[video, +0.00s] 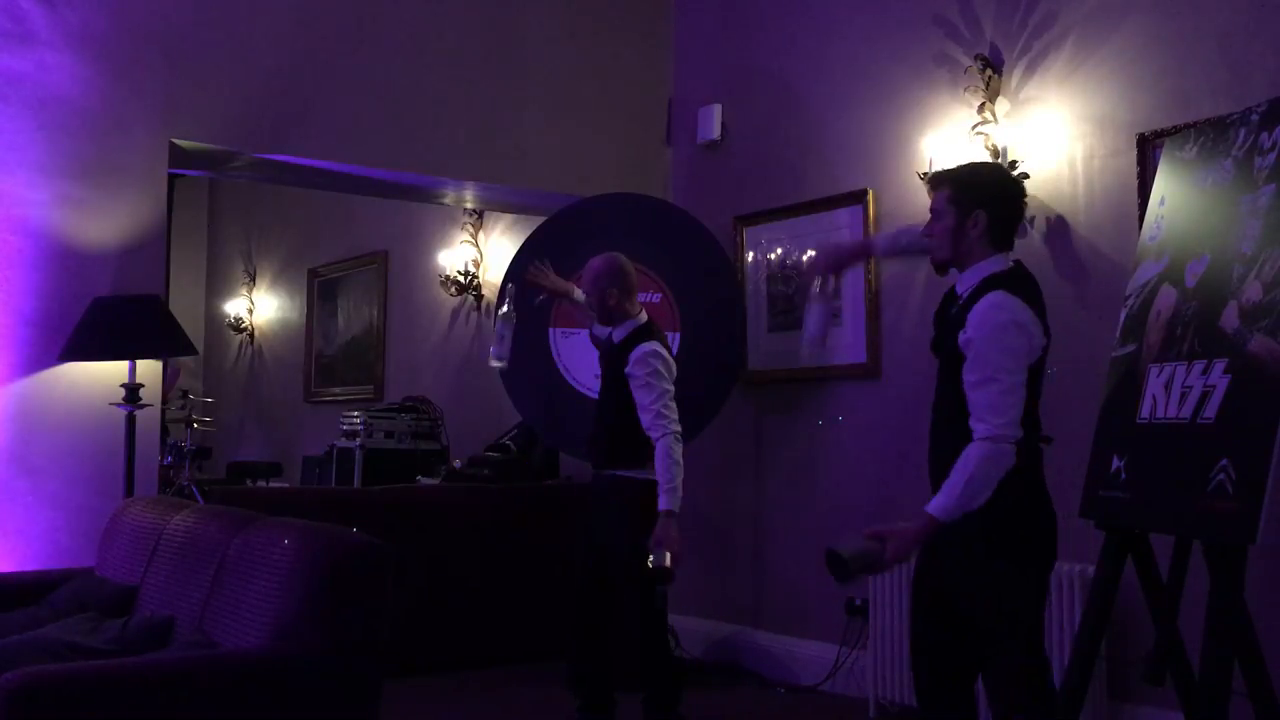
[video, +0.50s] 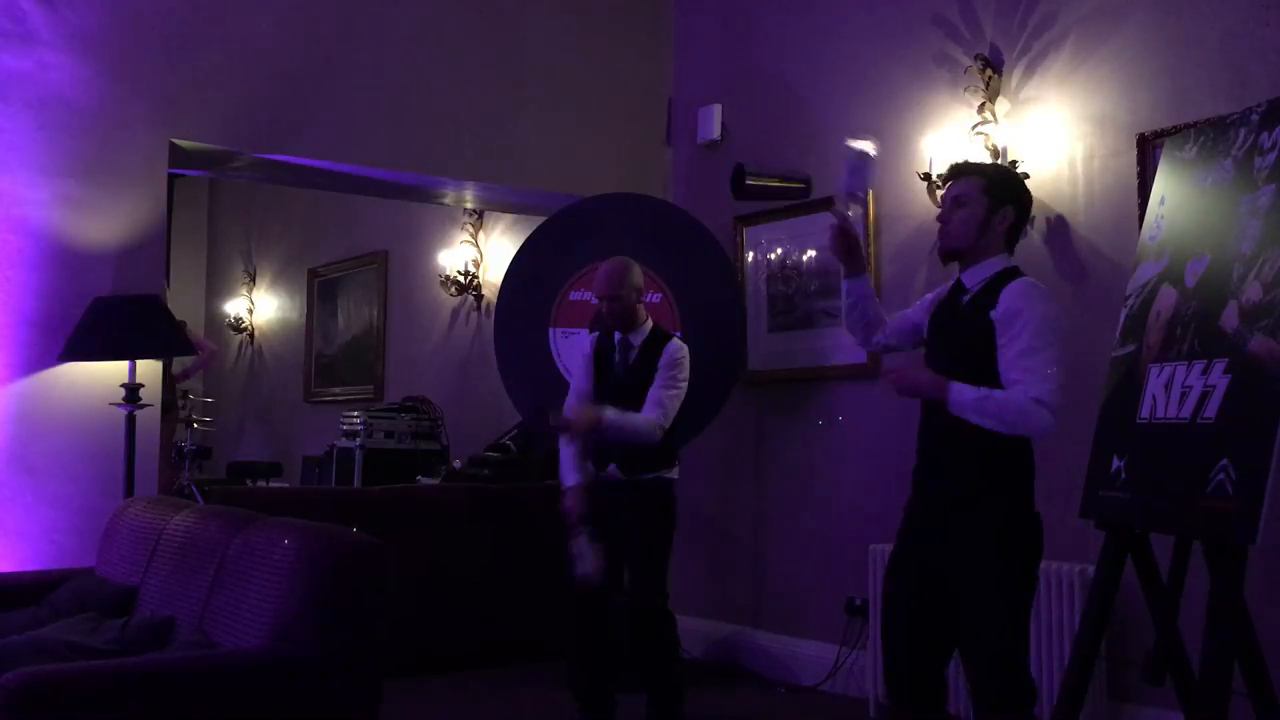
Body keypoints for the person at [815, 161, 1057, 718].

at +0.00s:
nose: (926, 226)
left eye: (937, 216)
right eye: (930, 214)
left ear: (975, 225)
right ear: (975, 224)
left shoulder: (998, 310)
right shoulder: (979, 276)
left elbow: (994, 442)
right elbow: (929, 237)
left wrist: (920, 526)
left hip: (993, 515)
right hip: (975, 505)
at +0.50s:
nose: (941, 215)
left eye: (958, 203)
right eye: (943, 204)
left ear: (1002, 219)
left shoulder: (1023, 299)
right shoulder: (950, 298)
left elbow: (1039, 412)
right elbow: (873, 336)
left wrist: (937, 388)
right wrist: (854, 271)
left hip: (995, 511)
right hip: (935, 505)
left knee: (996, 679)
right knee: (910, 671)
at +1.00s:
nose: (924, 308)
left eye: (940, 296)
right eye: (919, 298)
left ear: (979, 307)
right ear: (912, 305)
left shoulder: (963, 367)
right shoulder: (982, 369)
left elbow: (927, 475)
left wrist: (827, 505)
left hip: (929, 582)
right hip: (952, 580)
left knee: (841, 678)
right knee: (918, 701)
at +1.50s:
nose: (926, 216)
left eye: (941, 207)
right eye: (914, 207)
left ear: (960, 225)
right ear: (898, 225)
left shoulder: (965, 284)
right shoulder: (909, 295)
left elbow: (928, 386)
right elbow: (905, 390)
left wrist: (825, 421)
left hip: (941, 498)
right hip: (898, 496)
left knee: (934, 662)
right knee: (885, 654)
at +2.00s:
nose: (924, 236)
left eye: (937, 223)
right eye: (909, 227)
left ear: (960, 237)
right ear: (893, 248)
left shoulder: (1003, 300)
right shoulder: (881, 341)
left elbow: (1063, 222)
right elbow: (878, 444)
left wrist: (997, 194)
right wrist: (877, 537)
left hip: (1020, 528)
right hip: (941, 536)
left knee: (1016, 697)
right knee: (881, 690)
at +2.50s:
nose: (942, 259)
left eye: (958, 242)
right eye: (933, 246)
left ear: (998, 247)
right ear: (927, 251)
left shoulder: (1028, 320)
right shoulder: (928, 341)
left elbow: (942, 420)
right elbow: (922, 470)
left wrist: (841, 433)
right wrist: (914, 455)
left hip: (1034, 548)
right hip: (965, 545)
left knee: (1013, 705)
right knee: (886, 689)